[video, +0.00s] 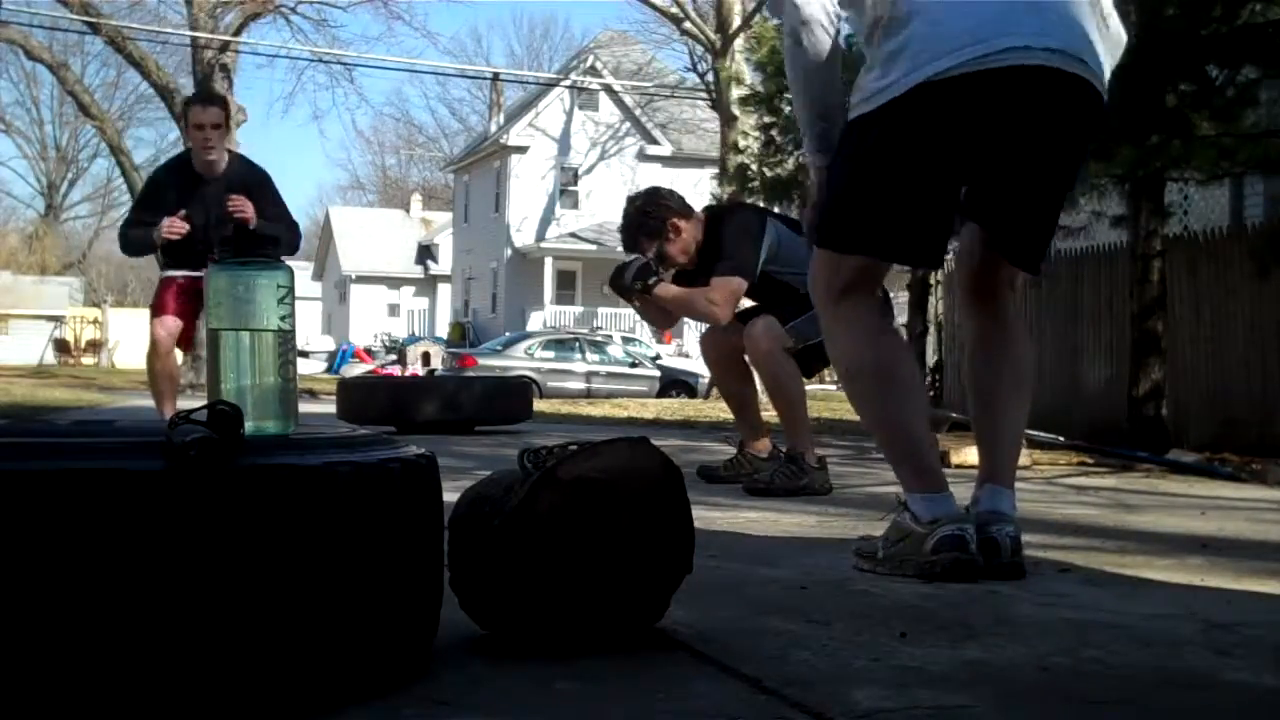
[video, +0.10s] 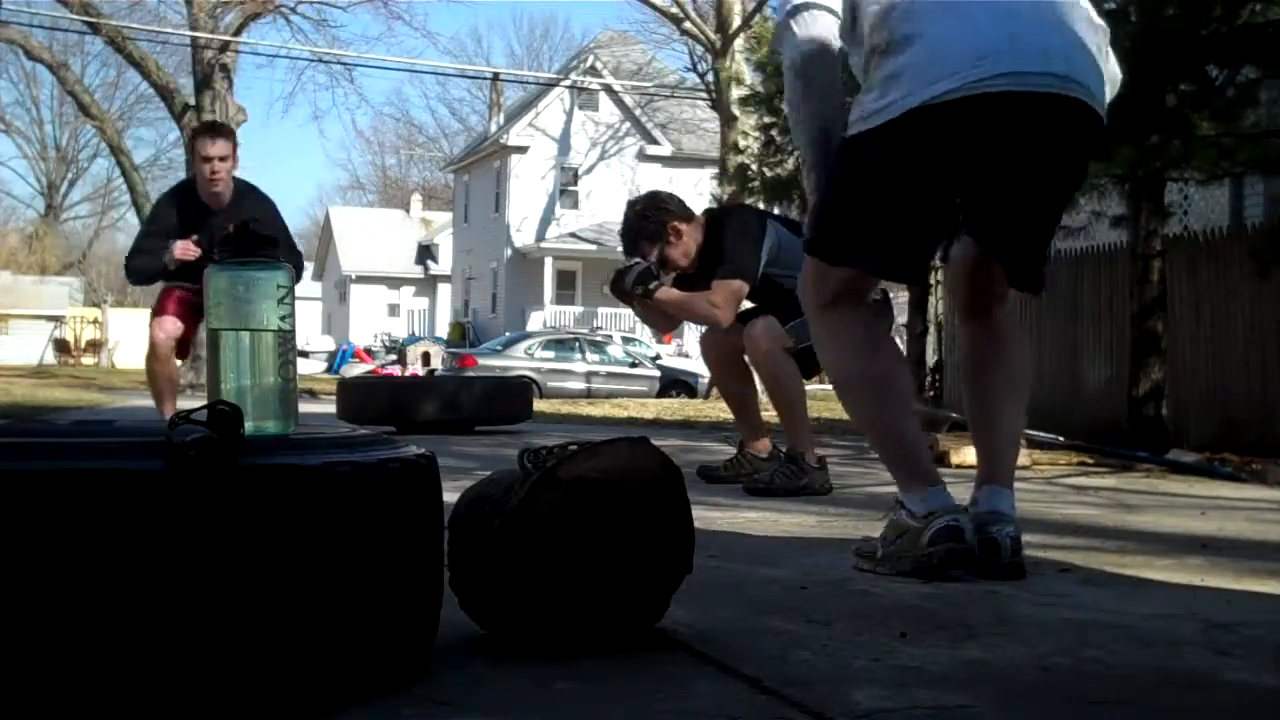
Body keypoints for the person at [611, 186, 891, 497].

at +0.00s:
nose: (662, 267)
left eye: (659, 256)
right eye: (655, 261)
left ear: (676, 228)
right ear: (678, 227)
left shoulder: (738, 224)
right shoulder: (697, 249)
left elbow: (719, 308)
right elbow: (665, 320)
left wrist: (657, 287)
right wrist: (637, 297)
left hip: (843, 303)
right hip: (798, 309)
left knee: (761, 335)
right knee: (717, 342)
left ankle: (806, 461)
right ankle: (758, 452)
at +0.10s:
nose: (667, 271)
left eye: (662, 261)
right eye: (659, 267)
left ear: (676, 232)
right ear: (676, 230)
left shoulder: (740, 226)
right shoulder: (699, 249)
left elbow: (720, 311)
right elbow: (666, 323)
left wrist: (655, 291)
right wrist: (637, 299)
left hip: (835, 308)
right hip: (795, 314)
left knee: (762, 334)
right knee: (716, 341)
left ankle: (807, 462)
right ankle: (757, 451)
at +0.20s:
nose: (664, 270)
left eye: (662, 259)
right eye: (656, 265)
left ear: (678, 230)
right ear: (679, 229)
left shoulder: (736, 225)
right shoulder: (694, 253)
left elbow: (721, 311)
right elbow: (666, 325)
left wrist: (658, 290)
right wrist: (636, 299)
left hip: (855, 312)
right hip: (808, 317)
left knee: (762, 334)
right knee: (717, 342)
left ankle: (805, 461)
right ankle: (757, 451)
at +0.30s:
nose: (666, 267)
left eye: (663, 256)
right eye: (658, 261)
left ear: (679, 226)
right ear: (681, 225)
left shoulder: (736, 225)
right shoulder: (695, 251)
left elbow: (719, 309)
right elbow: (668, 322)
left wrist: (659, 287)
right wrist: (636, 299)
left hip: (862, 306)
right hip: (812, 312)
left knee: (762, 335)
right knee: (717, 341)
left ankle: (806, 458)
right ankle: (757, 450)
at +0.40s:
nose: (667, 266)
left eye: (664, 255)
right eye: (658, 260)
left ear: (681, 225)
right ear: (682, 224)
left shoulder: (737, 224)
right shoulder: (694, 249)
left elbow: (720, 309)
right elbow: (667, 320)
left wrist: (657, 283)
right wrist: (635, 296)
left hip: (858, 305)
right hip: (809, 308)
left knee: (767, 338)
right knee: (716, 342)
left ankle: (805, 458)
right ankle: (757, 449)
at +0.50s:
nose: (668, 270)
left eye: (664, 258)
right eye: (659, 263)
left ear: (680, 227)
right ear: (681, 226)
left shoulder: (737, 225)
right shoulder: (695, 249)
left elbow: (722, 311)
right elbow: (666, 321)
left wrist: (661, 280)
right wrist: (636, 296)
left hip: (856, 307)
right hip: (804, 309)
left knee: (766, 339)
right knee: (715, 344)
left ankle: (804, 458)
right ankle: (757, 449)